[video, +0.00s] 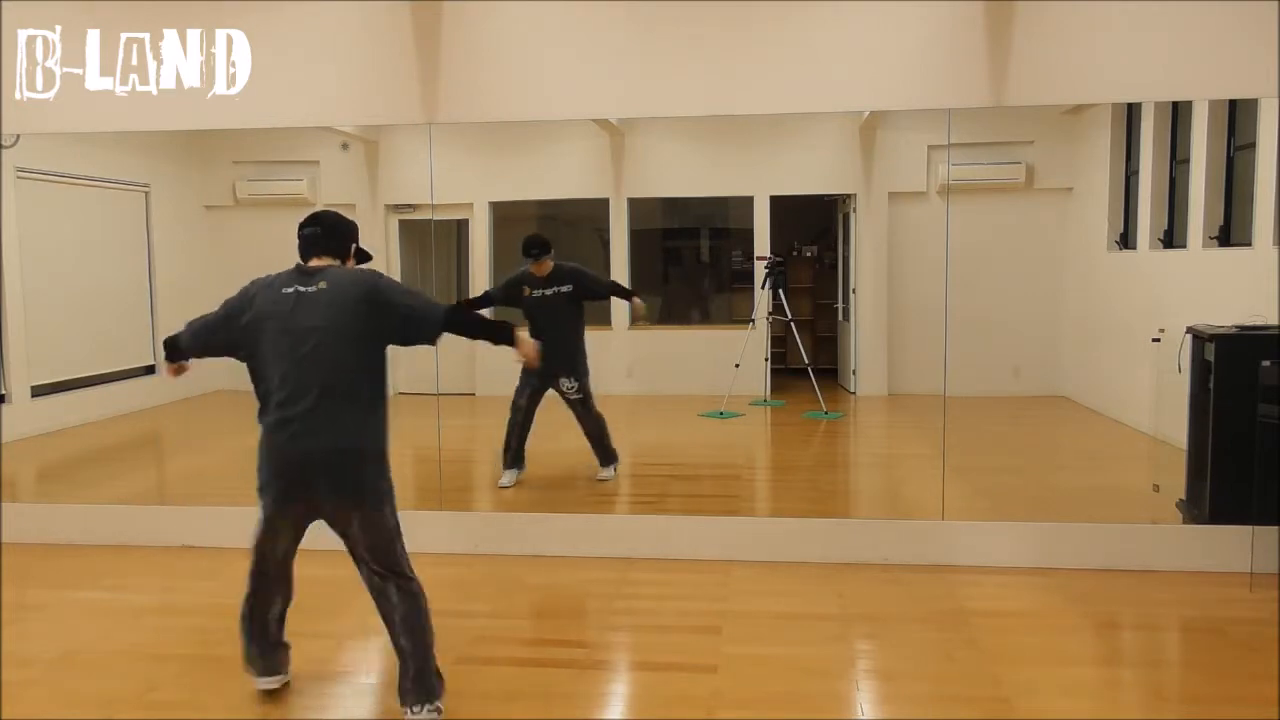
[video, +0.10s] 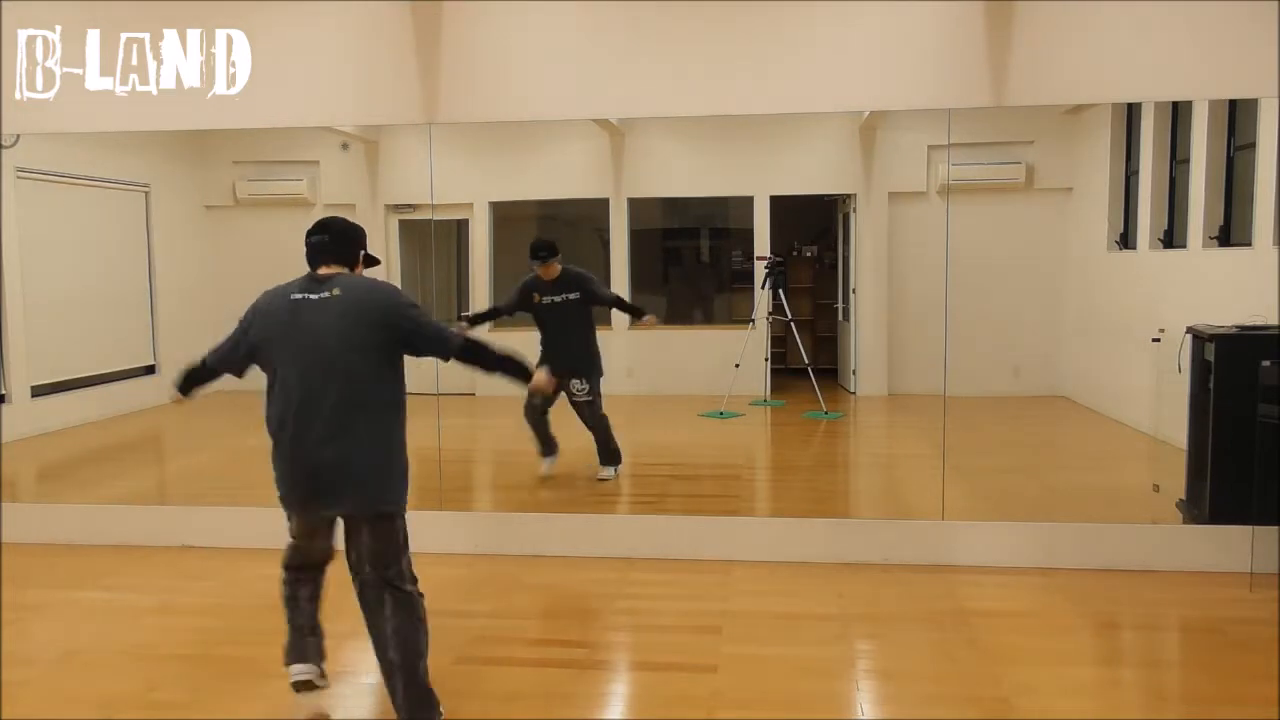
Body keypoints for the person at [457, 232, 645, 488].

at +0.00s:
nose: (537, 268)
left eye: (541, 262)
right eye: (532, 263)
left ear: (550, 255)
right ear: (526, 260)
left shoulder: (571, 275)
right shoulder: (521, 282)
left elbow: (605, 286)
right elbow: (490, 298)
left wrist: (633, 297)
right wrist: (459, 306)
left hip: (569, 358)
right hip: (537, 358)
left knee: (585, 412)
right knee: (520, 409)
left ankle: (608, 462)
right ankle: (512, 466)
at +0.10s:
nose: (544, 271)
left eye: (547, 266)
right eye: (539, 267)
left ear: (557, 261)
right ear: (533, 265)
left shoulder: (579, 281)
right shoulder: (530, 288)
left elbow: (609, 300)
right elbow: (505, 309)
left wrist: (638, 314)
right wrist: (473, 319)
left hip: (582, 359)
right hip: (551, 360)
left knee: (590, 414)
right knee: (533, 408)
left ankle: (610, 461)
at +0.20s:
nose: (551, 271)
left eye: (555, 265)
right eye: (546, 267)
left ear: (564, 260)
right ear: (540, 265)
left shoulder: (585, 283)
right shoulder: (538, 287)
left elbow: (611, 309)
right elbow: (526, 316)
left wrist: (622, 338)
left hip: (587, 357)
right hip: (556, 359)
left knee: (592, 411)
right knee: (555, 418)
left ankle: (609, 461)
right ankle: (576, 447)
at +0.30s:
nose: (554, 269)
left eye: (558, 264)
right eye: (550, 264)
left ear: (568, 259)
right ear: (544, 262)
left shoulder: (588, 283)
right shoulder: (540, 287)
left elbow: (601, 317)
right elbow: (539, 322)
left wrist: (587, 336)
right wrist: (545, 347)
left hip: (586, 359)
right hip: (557, 362)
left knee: (594, 413)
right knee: (567, 416)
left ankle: (606, 461)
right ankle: (583, 457)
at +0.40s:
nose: (560, 267)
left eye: (564, 262)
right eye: (555, 263)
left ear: (571, 256)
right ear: (547, 259)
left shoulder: (588, 276)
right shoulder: (538, 280)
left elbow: (592, 311)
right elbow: (537, 316)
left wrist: (568, 312)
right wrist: (554, 323)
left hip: (581, 347)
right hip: (554, 351)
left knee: (584, 402)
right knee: (563, 405)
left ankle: (579, 457)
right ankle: (580, 452)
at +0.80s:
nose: (546, 279)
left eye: (550, 274)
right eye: (541, 275)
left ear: (558, 268)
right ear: (534, 269)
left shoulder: (570, 285)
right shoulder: (523, 283)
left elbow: (571, 321)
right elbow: (524, 318)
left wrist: (549, 342)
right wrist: (533, 343)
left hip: (562, 354)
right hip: (534, 354)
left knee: (560, 412)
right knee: (537, 413)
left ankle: (546, 463)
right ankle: (568, 448)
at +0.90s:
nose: (536, 281)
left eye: (540, 277)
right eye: (531, 277)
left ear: (549, 270)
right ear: (524, 272)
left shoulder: (564, 293)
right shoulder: (513, 288)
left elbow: (573, 327)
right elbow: (507, 320)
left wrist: (565, 342)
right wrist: (511, 343)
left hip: (555, 360)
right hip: (525, 359)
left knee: (563, 409)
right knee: (514, 412)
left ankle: (547, 464)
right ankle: (541, 439)